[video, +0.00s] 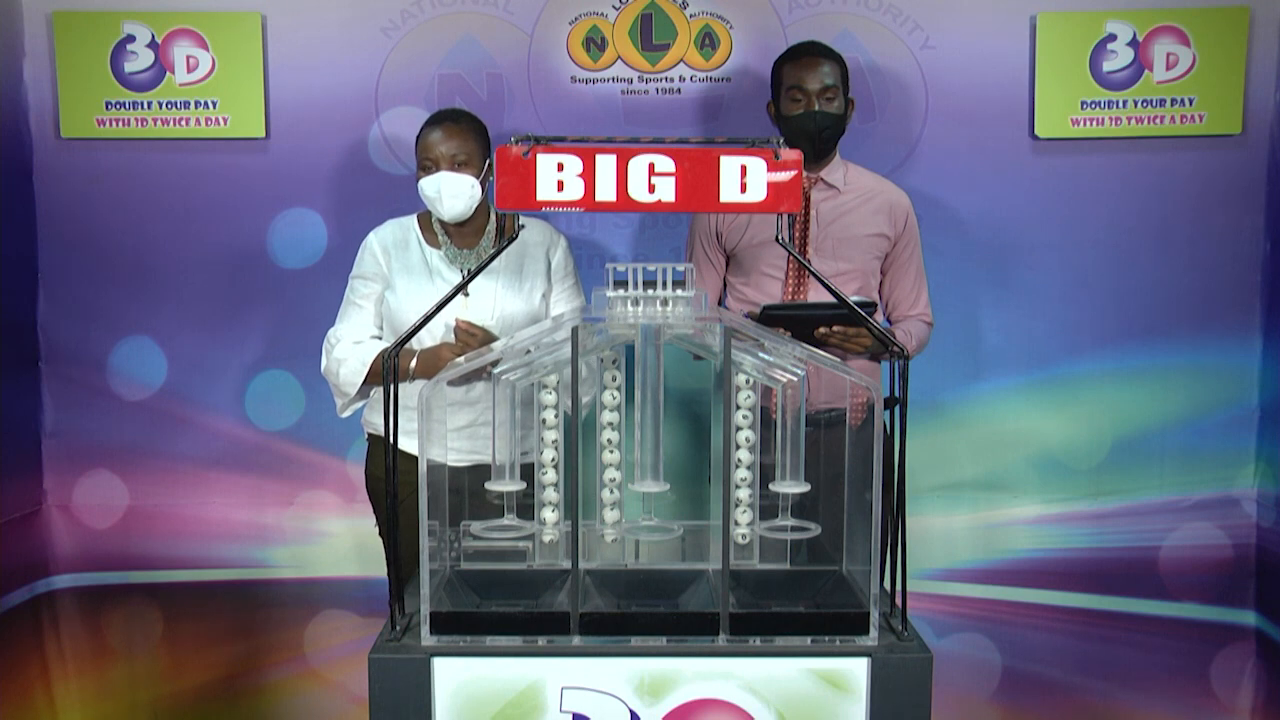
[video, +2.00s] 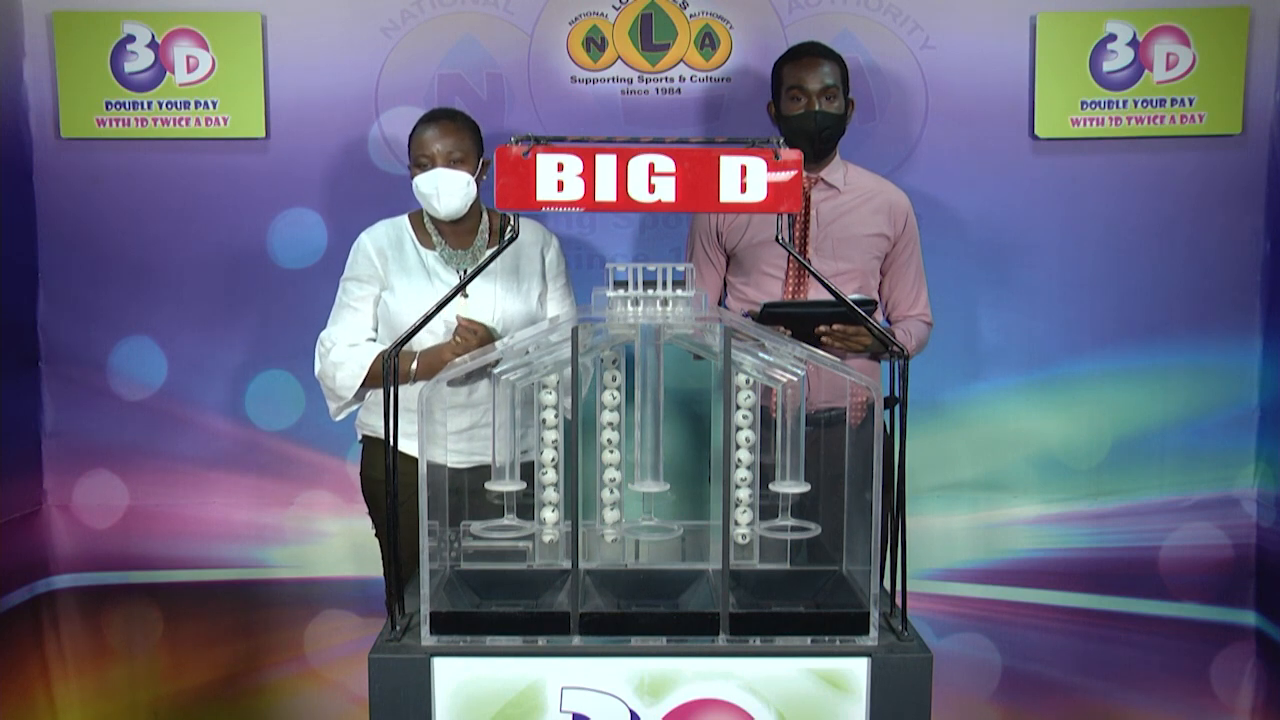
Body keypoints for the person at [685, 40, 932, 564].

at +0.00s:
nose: (813, 108)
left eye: (828, 94)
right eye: (796, 95)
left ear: (848, 108)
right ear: (774, 109)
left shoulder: (888, 204)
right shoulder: (726, 200)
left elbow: (914, 320)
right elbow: (696, 318)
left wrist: (876, 342)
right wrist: (761, 340)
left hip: (843, 416)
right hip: (752, 416)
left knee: (844, 580)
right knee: (753, 578)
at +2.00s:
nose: (813, 107)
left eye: (828, 94)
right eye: (796, 95)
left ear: (848, 108)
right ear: (774, 109)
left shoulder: (887, 205)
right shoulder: (726, 200)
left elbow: (915, 320)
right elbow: (696, 318)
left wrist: (876, 341)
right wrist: (760, 337)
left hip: (843, 417)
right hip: (752, 417)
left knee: (844, 581)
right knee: (753, 579)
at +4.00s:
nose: (813, 107)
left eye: (829, 94)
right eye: (796, 95)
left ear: (848, 108)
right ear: (774, 109)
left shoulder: (888, 205)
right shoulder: (727, 200)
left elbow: (914, 321)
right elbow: (695, 318)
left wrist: (876, 341)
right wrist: (758, 335)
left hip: (844, 417)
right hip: (751, 417)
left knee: (844, 581)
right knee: (753, 579)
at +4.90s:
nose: (813, 107)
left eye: (828, 94)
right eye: (796, 95)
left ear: (847, 108)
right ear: (775, 109)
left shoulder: (888, 204)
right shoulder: (727, 201)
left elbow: (914, 320)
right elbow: (696, 317)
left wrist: (877, 339)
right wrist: (754, 330)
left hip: (843, 416)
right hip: (751, 416)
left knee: (844, 578)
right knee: (752, 577)